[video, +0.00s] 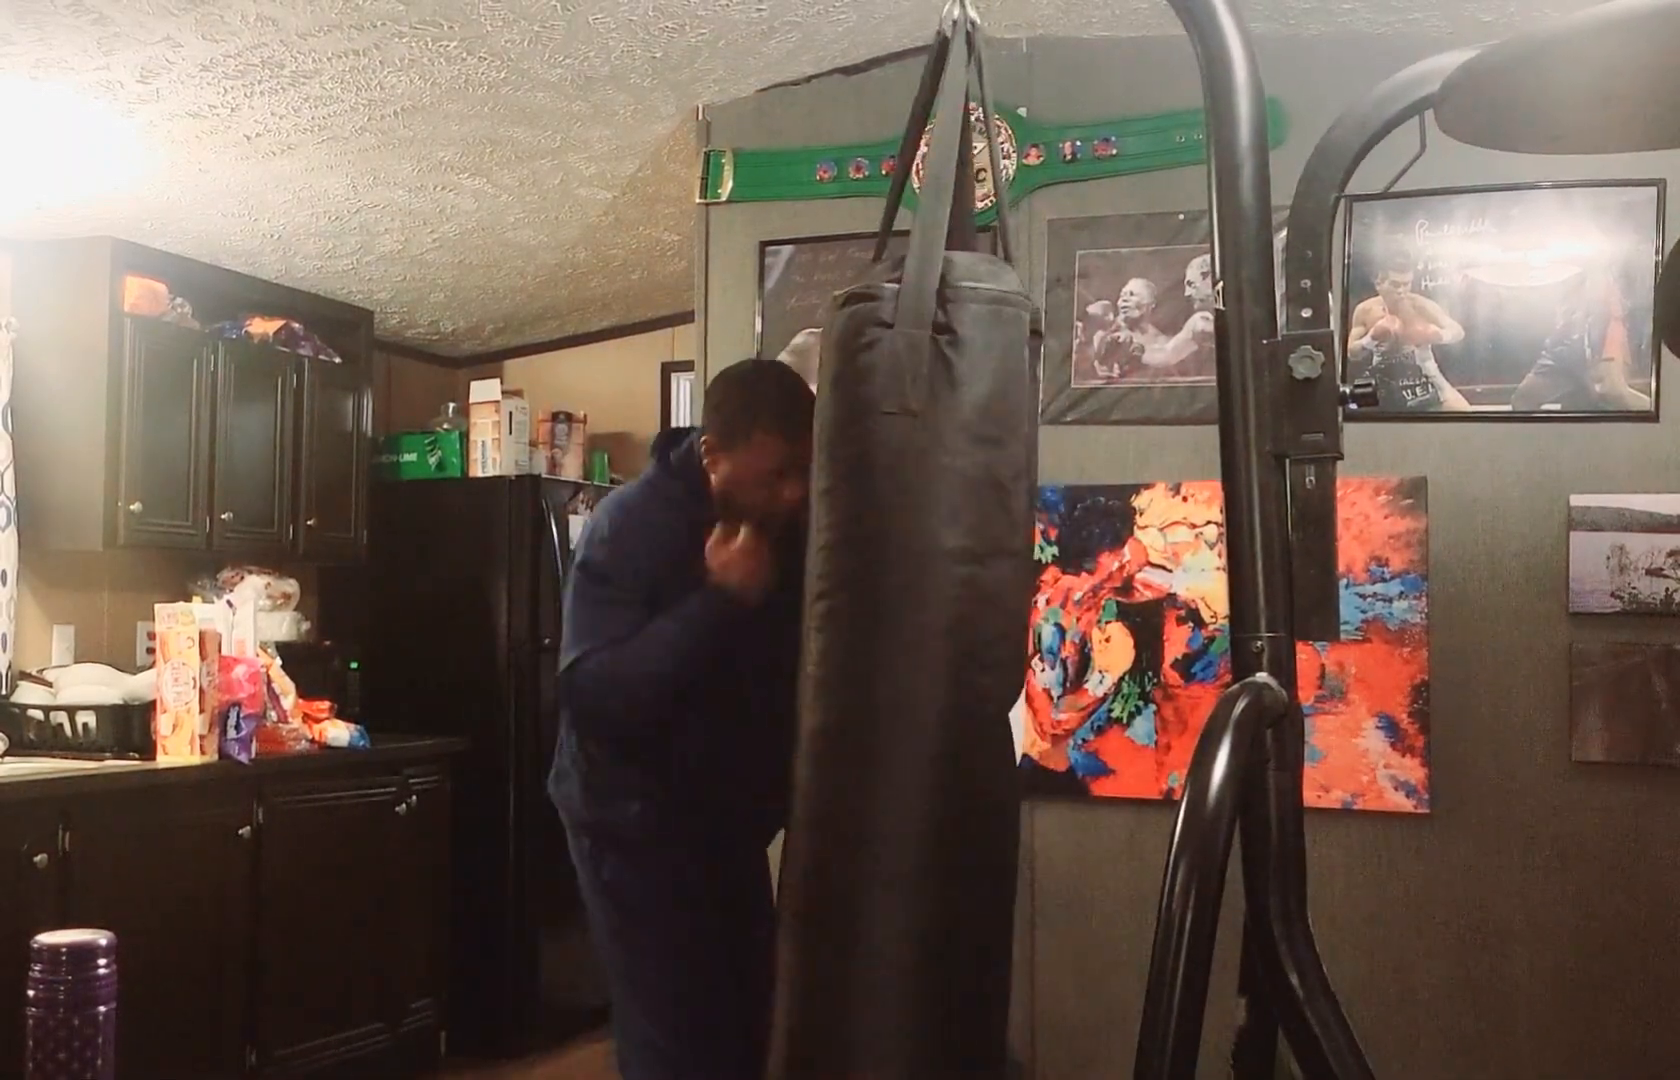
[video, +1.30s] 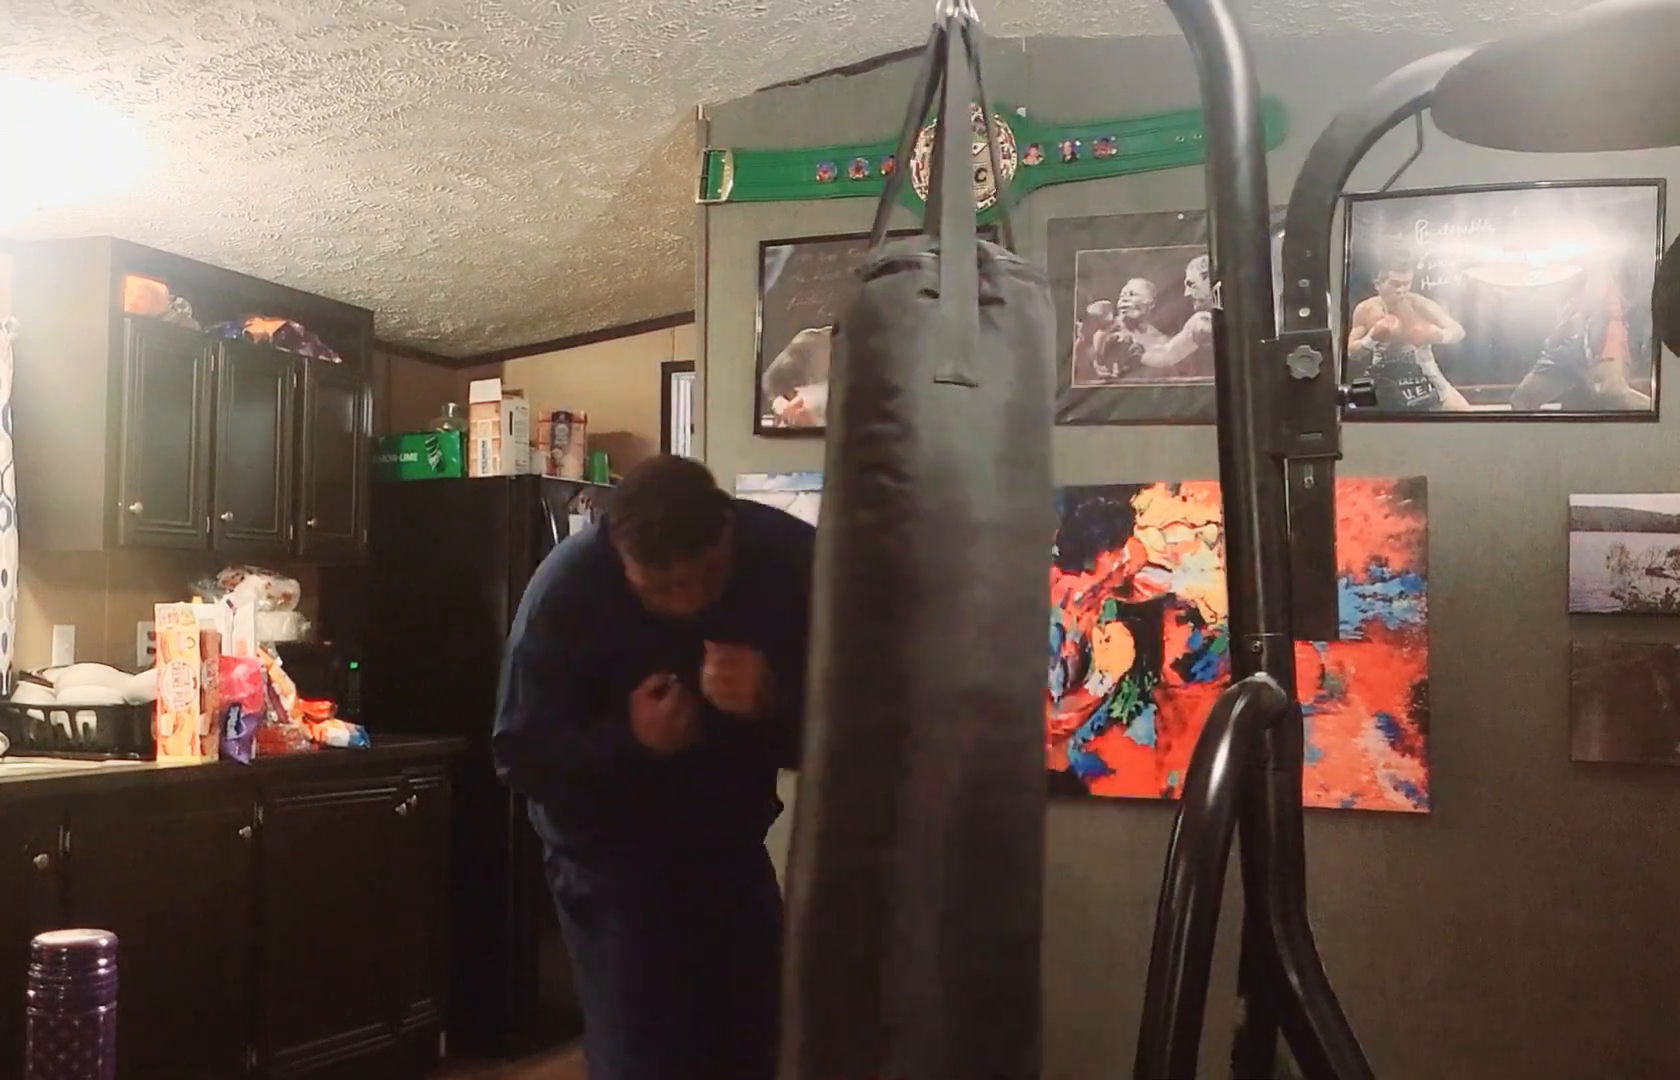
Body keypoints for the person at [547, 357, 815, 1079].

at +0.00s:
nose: (799, 494)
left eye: (806, 473)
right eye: (783, 474)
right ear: (714, 459)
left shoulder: (783, 530)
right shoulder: (632, 528)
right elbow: (596, 694)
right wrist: (720, 597)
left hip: (726, 811)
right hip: (632, 818)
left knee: (744, 1022)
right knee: (671, 1036)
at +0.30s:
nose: (831, 463)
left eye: (837, 442)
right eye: (814, 445)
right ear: (748, 426)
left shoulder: (792, 501)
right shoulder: (686, 504)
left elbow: (833, 628)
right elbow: (659, 679)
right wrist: (811, 671)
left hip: (718, 811)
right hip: (642, 816)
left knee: (723, 1039)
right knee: (675, 1045)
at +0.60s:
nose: (792, 451)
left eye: (803, 429)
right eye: (772, 432)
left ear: (815, 414)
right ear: (709, 418)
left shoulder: (785, 502)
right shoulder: (643, 504)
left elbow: (834, 651)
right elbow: (624, 682)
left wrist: (855, 610)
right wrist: (781, 692)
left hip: (721, 816)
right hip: (634, 821)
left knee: (723, 1043)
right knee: (675, 1049)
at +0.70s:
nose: (778, 445)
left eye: (788, 422)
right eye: (756, 428)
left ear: (801, 407)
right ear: (694, 414)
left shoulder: (808, 479)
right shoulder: (621, 509)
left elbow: (908, 526)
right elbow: (581, 679)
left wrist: (957, 534)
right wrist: (741, 689)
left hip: (728, 804)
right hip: (629, 810)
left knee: (710, 1039)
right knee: (669, 1047)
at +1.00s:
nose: (771, 481)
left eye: (782, 460)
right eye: (751, 466)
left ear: (793, 429)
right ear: (691, 438)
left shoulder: (798, 483)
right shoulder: (613, 502)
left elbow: (878, 593)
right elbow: (558, 674)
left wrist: (896, 567)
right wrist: (717, 674)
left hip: (725, 813)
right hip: (620, 817)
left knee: (728, 1037)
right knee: (643, 1041)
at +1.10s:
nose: (763, 536)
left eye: (776, 515)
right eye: (741, 519)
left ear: (793, 476)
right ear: (693, 479)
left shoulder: (812, 511)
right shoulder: (614, 527)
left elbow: (857, 666)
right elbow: (543, 695)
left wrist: (857, 642)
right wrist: (692, 690)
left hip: (720, 808)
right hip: (608, 814)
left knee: (742, 1036)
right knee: (643, 1038)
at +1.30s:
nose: (677, 604)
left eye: (691, 584)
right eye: (655, 588)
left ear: (723, 543)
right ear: (622, 560)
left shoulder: (792, 558)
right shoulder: (567, 592)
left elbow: (845, 723)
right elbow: (522, 751)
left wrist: (774, 696)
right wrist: (630, 736)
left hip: (728, 833)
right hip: (607, 849)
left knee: (752, 1031)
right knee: (637, 1044)